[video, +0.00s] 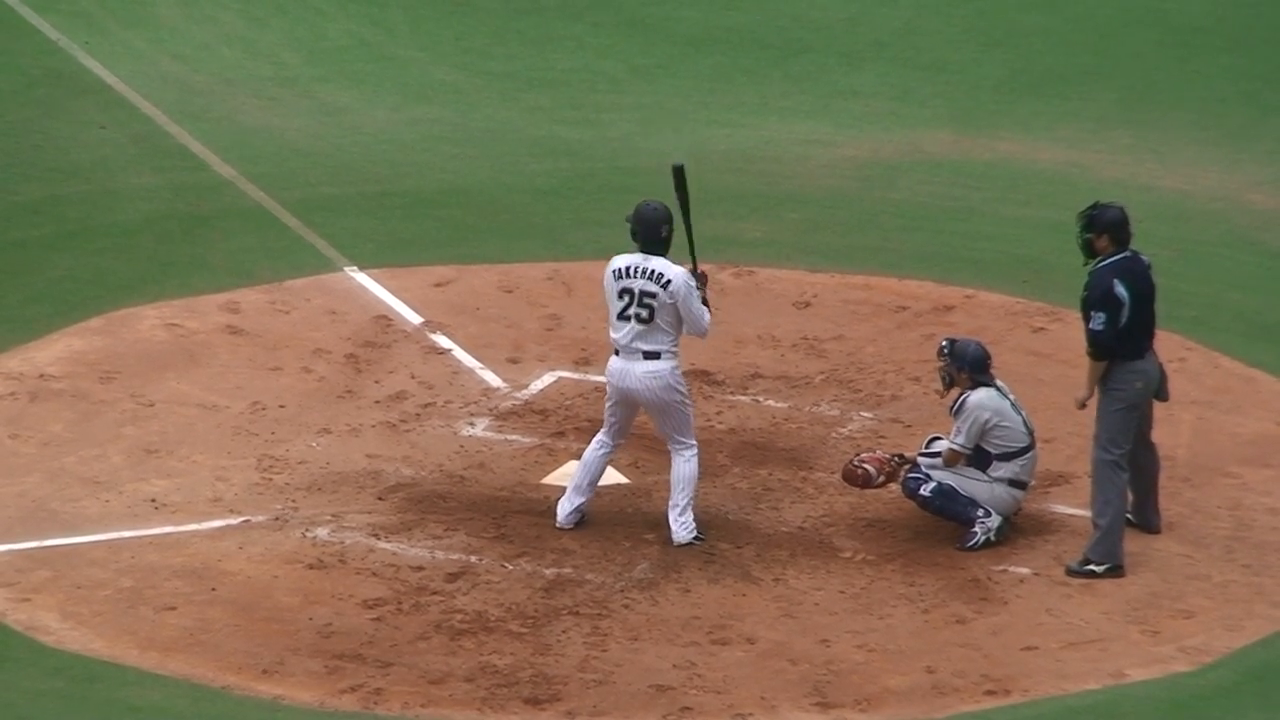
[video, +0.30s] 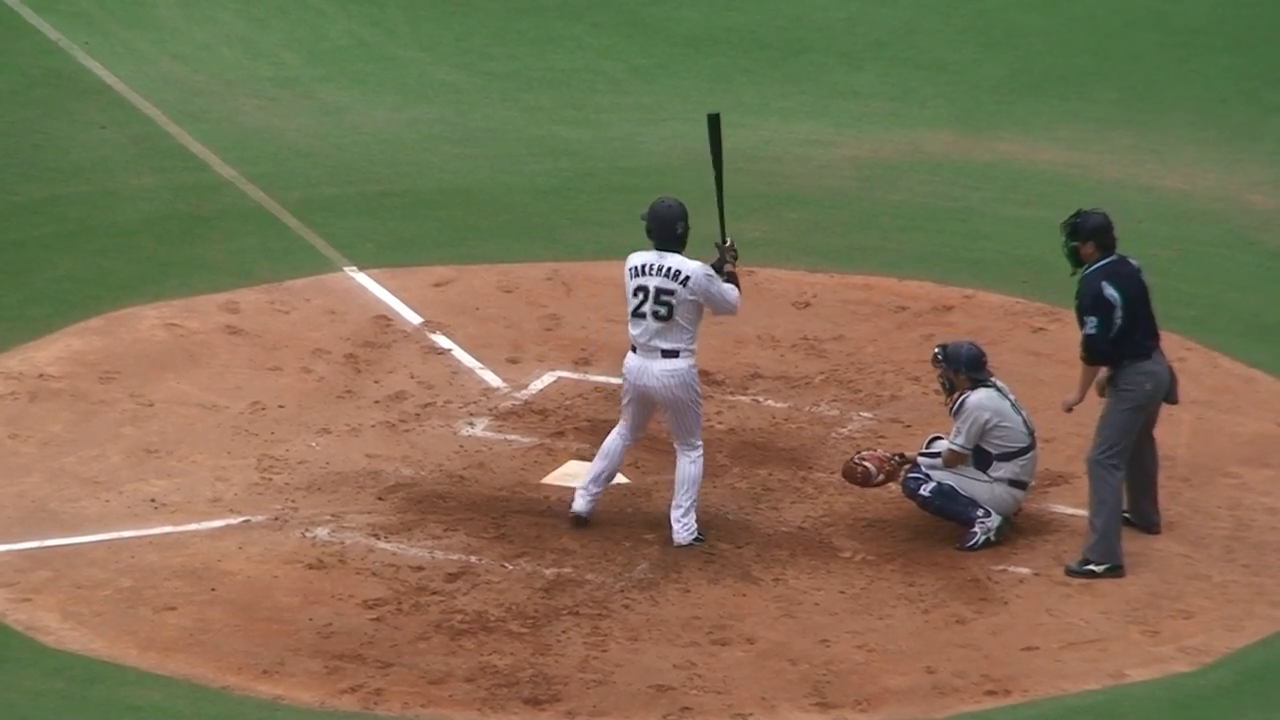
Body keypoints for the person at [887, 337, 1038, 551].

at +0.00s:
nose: (943, 369)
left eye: (948, 365)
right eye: (944, 364)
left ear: (964, 371)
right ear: (975, 370)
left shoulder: (975, 403)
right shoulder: (995, 387)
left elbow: (950, 460)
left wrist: (908, 459)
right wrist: (911, 459)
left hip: (1002, 493)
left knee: (915, 480)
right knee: (934, 443)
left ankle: (984, 519)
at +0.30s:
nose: (940, 376)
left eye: (944, 370)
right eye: (941, 370)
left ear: (960, 374)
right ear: (976, 371)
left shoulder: (975, 403)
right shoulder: (994, 387)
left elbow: (951, 459)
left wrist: (908, 459)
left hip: (1003, 493)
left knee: (915, 480)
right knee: (935, 443)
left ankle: (984, 519)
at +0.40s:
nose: (940, 376)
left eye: (944, 371)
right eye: (941, 370)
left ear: (960, 375)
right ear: (976, 371)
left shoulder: (974, 403)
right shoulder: (993, 387)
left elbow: (950, 462)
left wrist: (909, 457)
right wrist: (947, 440)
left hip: (1003, 493)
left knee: (914, 480)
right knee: (933, 442)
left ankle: (983, 519)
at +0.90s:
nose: (940, 371)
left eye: (945, 368)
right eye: (941, 366)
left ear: (961, 376)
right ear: (971, 375)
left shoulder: (974, 406)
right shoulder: (993, 389)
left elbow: (950, 464)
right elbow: (964, 436)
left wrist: (919, 450)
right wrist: (925, 435)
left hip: (1004, 494)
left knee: (916, 478)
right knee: (932, 453)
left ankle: (985, 520)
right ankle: (1003, 507)